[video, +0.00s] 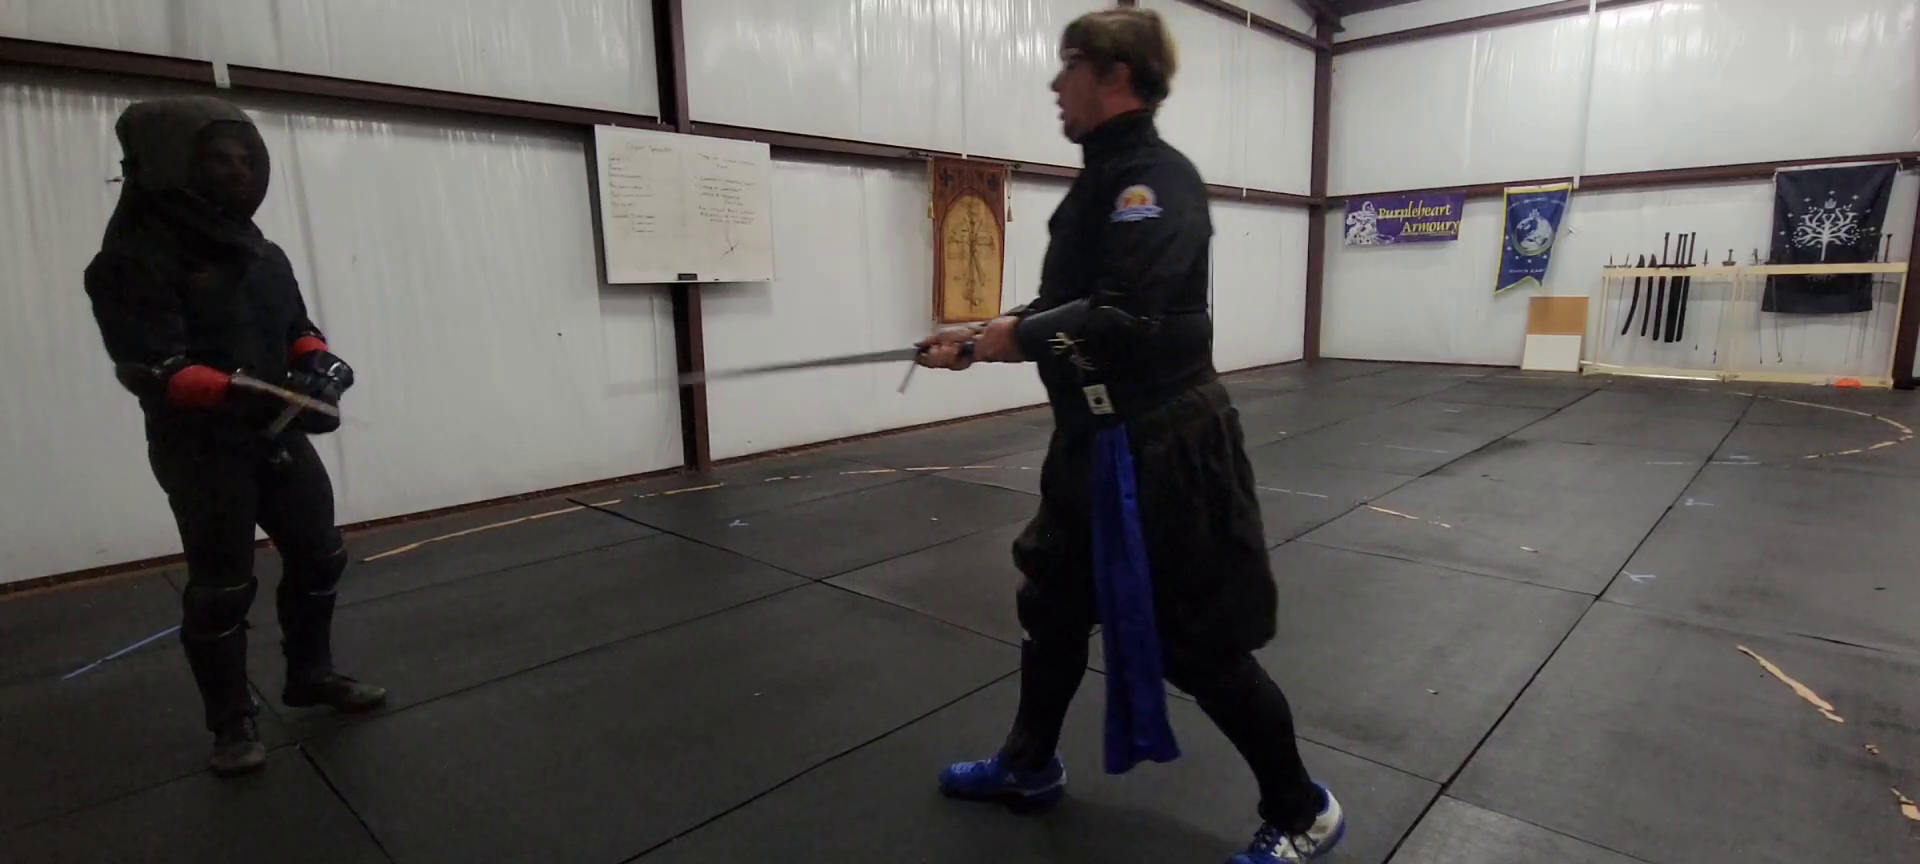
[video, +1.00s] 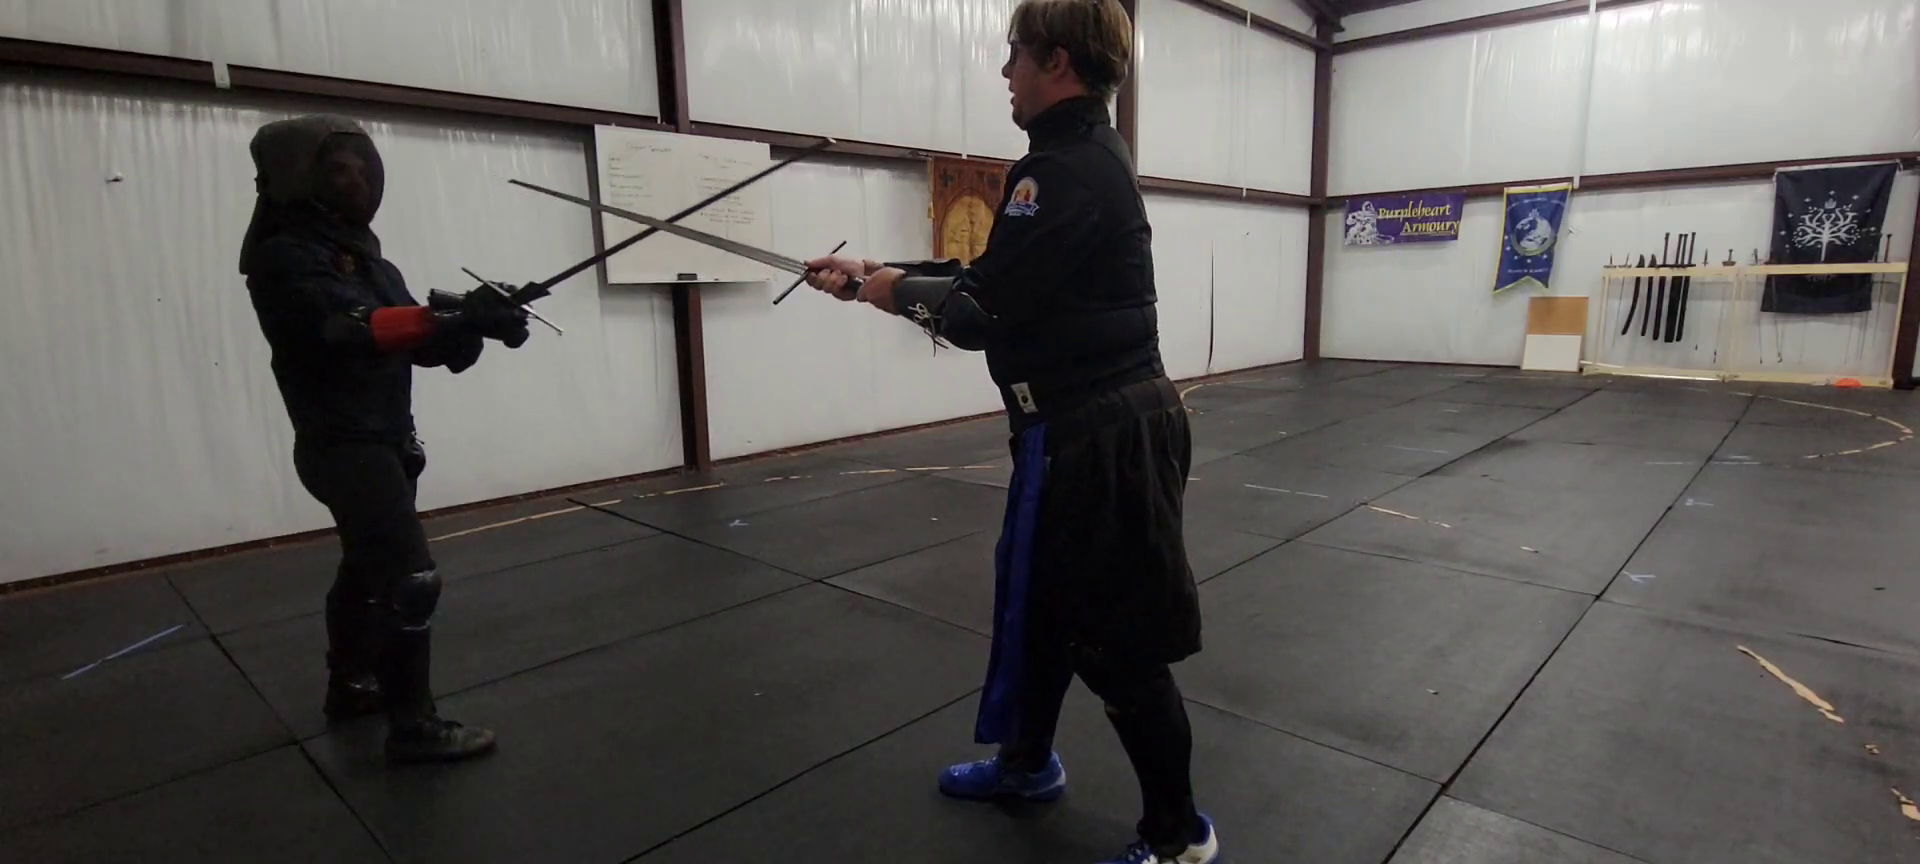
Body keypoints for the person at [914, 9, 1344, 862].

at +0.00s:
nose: (1056, 85)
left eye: (1071, 69)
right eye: (1061, 69)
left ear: (1121, 81)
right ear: (1115, 83)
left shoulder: (1155, 179)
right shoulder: (1100, 181)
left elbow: (1135, 314)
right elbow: (1073, 309)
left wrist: (1015, 338)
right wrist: (982, 339)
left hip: (1164, 439)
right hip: (1095, 436)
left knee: (1190, 638)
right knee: (1054, 601)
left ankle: (1300, 809)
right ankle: (1028, 765)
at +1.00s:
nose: (1005, 74)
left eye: (1017, 58)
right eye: (1009, 58)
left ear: (1062, 69)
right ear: (1070, 72)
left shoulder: (1061, 172)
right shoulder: (1080, 158)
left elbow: (991, 314)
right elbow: (987, 280)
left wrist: (891, 290)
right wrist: (881, 276)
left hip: (1101, 429)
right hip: (1087, 420)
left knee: (1116, 637)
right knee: (1040, 599)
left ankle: (1177, 832)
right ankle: (1026, 762)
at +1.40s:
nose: (1005, 67)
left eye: (1017, 53)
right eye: (1011, 52)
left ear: (1063, 65)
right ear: (1064, 67)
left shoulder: (1064, 169)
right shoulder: (1067, 157)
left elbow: (1000, 318)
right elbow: (997, 290)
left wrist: (921, 304)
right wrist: (908, 292)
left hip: (1094, 429)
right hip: (1076, 421)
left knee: (1119, 633)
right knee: (1028, 596)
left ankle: (1175, 831)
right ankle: (1025, 761)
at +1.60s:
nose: (993, 68)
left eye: (1006, 54)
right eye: (998, 53)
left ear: (1049, 69)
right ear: (1054, 70)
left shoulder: (1056, 173)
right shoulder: (1064, 159)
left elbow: (999, 320)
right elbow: (993, 296)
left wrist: (927, 316)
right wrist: (906, 299)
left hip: (1094, 428)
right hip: (1078, 419)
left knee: (1118, 631)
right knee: (1029, 595)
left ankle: (1175, 830)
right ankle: (1026, 763)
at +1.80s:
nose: (980, 73)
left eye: (993, 59)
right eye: (985, 58)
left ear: (1034, 73)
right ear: (1044, 76)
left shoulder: (1034, 176)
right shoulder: (1068, 161)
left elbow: (977, 317)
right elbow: (994, 298)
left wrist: (919, 319)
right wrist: (905, 306)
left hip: (1085, 428)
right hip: (1103, 410)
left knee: (1118, 633)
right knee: (1028, 594)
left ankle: (1175, 831)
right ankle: (1026, 763)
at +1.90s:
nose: (976, 74)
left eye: (988, 60)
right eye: (981, 59)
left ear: (1031, 75)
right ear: (1041, 78)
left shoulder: (1030, 177)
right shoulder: (1065, 161)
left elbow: (972, 324)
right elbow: (987, 289)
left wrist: (916, 325)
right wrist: (897, 304)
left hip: (1081, 427)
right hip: (1096, 410)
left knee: (1114, 632)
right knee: (1027, 598)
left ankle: (1175, 831)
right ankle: (1026, 763)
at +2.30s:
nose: (962, 82)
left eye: (975, 68)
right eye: (967, 68)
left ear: (1018, 81)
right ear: (1026, 83)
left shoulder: (1016, 180)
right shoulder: (1045, 168)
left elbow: (970, 327)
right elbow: (979, 305)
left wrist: (901, 333)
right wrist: (893, 318)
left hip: (1077, 425)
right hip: (1070, 416)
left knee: (1101, 629)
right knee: (1019, 593)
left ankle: (1175, 828)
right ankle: (1024, 759)